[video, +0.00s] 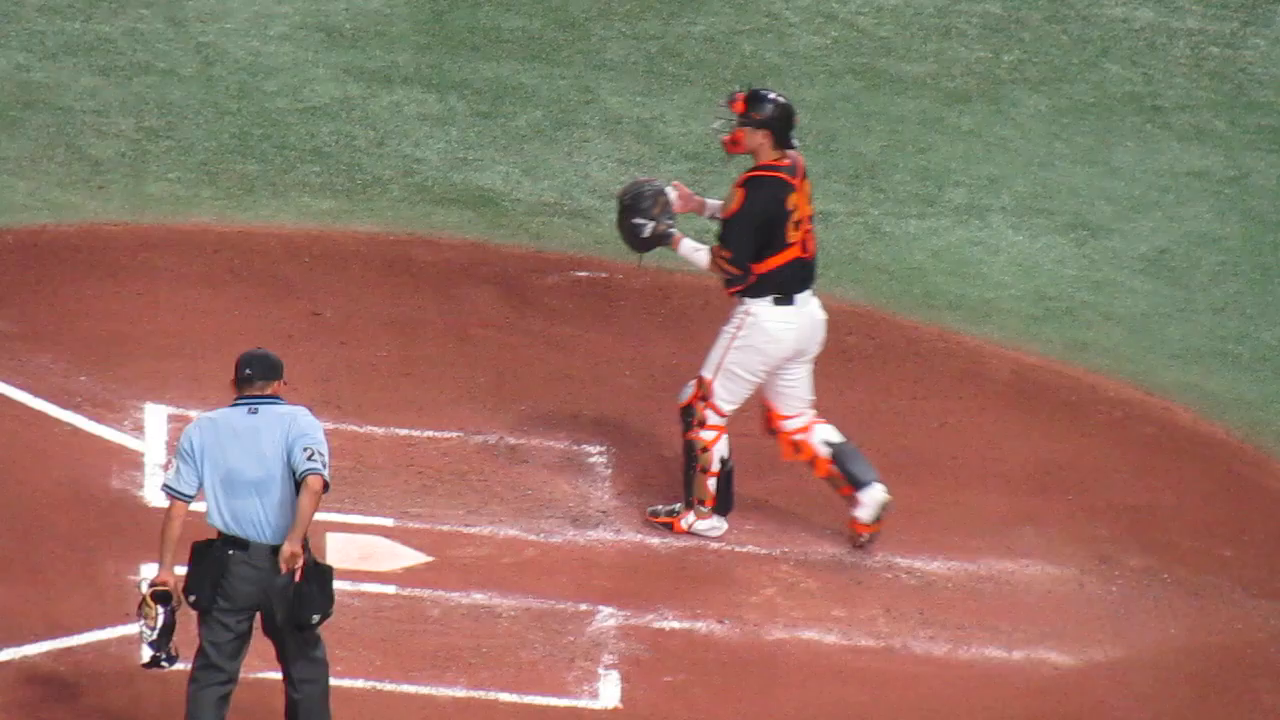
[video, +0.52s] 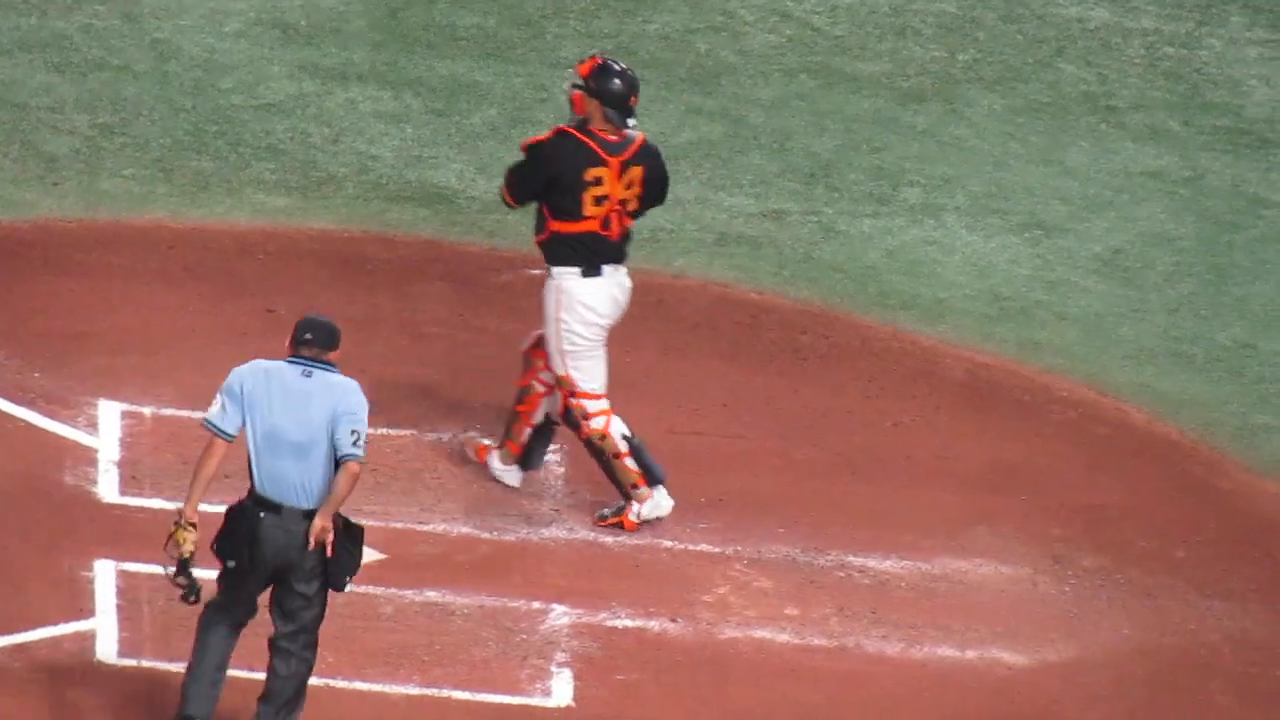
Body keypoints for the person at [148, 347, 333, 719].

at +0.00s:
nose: (281, 389)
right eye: (281, 384)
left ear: (235, 385)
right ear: (279, 386)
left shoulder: (202, 428)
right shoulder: (299, 420)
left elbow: (177, 506)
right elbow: (314, 482)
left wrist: (165, 569)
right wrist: (295, 538)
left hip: (228, 569)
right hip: (287, 569)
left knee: (213, 674)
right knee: (306, 670)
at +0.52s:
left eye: (294, 345)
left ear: (290, 346)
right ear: (334, 354)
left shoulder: (250, 375)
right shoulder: (348, 393)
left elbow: (215, 448)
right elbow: (352, 466)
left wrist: (189, 515)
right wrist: (325, 514)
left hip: (256, 526)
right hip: (311, 536)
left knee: (225, 615)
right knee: (294, 644)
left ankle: (194, 710)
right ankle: (275, 713)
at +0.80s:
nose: (393, 343)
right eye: (397, 338)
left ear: (359, 330)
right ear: (400, 339)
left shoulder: (316, 359)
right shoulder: (410, 377)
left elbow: (283, 428)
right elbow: (445, 441)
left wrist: (255, 493)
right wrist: (426, 480)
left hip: (318, 507)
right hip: (368, 516)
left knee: (319, 604)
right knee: (338, 626)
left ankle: (329, 691)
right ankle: (299, 712)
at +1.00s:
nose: (452, 332)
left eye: (448, 326)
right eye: (451, 327)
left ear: (407, 320)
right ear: (445, 328)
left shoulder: (365, 359)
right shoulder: (456, 370)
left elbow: (335, 428)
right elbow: (469, 442)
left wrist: (311, 489)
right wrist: (489, 461)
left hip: (373, 498)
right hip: (420, 507)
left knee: (391, 598)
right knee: (409, 618)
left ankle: (398, 696)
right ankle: (336, 713)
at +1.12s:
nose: (478, 329)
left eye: (474, 323)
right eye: (477, 324)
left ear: (435, 317)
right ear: (471, 324)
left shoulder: (393, 360)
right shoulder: (478, 370)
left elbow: (360, 435)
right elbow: (497, 448)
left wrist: (354, 495)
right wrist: (517, 466)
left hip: (399, 495)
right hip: (446, 505)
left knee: (413, 605)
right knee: (464, 624)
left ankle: (401, 701)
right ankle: (384, 695)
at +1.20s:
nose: (494, 325)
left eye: (493, 318)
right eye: (493, 319)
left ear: (451, 313)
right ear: (483, 320)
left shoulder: (407, 355)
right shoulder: (491, 366)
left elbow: (379, 434)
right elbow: (504, 449)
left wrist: (379, 488)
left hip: (411, 491)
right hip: (460, 500)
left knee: (419, 601)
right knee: (497, 613)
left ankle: (394, 699)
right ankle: (414, 700)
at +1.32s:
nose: (511, 317)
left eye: (511, 310)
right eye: (510, 310)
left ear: (469, 304)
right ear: (499, 311)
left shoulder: (425, 344)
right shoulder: (503, 357)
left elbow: (405, 419)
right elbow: (513, 438)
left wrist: (433, 450)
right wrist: (519, 456)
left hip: (428, 487)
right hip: (477, 495)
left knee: (417, 600)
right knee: (524, 598)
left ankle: (388, 706)